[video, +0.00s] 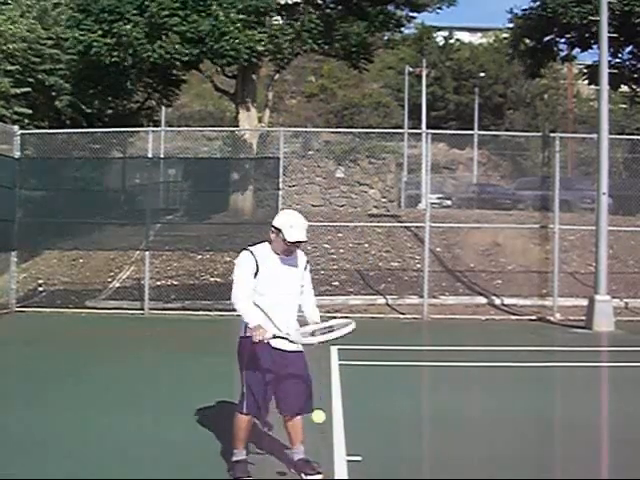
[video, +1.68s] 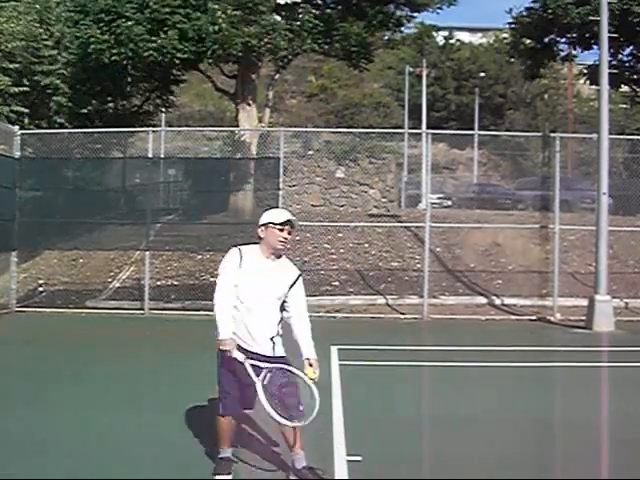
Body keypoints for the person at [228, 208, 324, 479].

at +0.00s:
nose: (293, 247)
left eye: (297, 243)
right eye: (288, 242)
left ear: (300, 240)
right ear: (273, 233)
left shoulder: (300, 260)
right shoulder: (250, 258)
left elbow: (307, 298)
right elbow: (240, 298)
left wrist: (317, 324)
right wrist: (255, 323)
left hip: (290, 342)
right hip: (258, 340)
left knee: (294, 401)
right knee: (250, 402)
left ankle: (299, 458)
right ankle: (239, 458)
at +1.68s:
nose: (286, 236)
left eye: (289, 231)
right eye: (280, 229)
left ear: (292, 236)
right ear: (262, 231)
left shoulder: (291, 274)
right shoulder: (238, 257)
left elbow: (299, 316)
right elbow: (223, 296)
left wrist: (309, 354)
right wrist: (225, 334)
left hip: (272, 349)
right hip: (236, 345)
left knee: (290, 403)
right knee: (229, 404)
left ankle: (299, 463)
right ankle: (224, 459)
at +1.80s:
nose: (286, 233)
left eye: (289, 230)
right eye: (280, 227)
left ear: (291, 236)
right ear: (263, 229)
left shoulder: (293, 271)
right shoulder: (238, 255)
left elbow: (306, 309)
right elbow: (211, 286)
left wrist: (322, 340)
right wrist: (190, 316)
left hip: (276, 351)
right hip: (238, 347)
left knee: (294, 407)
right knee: (230, 406)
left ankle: (303, 463)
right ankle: (225, 458)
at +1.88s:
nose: (288, 232)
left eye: (292, 228)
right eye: (282, 226)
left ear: (294, 235)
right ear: (265, 229)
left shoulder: (299, 269)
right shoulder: (242, 256)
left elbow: (321, 294)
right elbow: (208, 280)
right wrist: (175, 300)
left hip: (281, 352)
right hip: (242, 347)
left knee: (299, 411)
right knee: (232, 408)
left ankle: (307, 462)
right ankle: (225, 459)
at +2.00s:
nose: (296, 229)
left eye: (298, 226)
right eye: (289, 225)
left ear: (300, 235)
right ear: (272, 233)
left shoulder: (313, 261)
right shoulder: (254, 261)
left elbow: (344, 254)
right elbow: (216, 277)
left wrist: (366, 232)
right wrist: (177, 268)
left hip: (292, 353)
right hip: (252, 351)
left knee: (306, 413)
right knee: (237, 407)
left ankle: (311, 463)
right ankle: (226, 460)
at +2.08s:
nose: (302, 229)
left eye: (303, 226)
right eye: (295, 224)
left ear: (304, 235)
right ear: (278, 234)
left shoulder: (322, 258)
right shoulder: (264, 264)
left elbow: (352, 246)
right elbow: (233, 282)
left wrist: (369, 220)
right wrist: (199, 262)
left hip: (306, 351)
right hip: (267, 351)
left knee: (316, 419)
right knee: (245, 410)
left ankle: (310, 462)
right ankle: (228, 463)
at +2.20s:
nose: (313, 231)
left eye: (314, 228)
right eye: (305, 229)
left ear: (318, 237)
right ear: (291, 240)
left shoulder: (338, 260)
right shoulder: (282, 273)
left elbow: (368, 253)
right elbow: (254, 297)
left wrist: (379, 226)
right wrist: (235, 266)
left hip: (330, 355)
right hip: (293, 357)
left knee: (335, 421)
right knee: (276, 418)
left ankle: (313, 460)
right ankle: (262, 463)